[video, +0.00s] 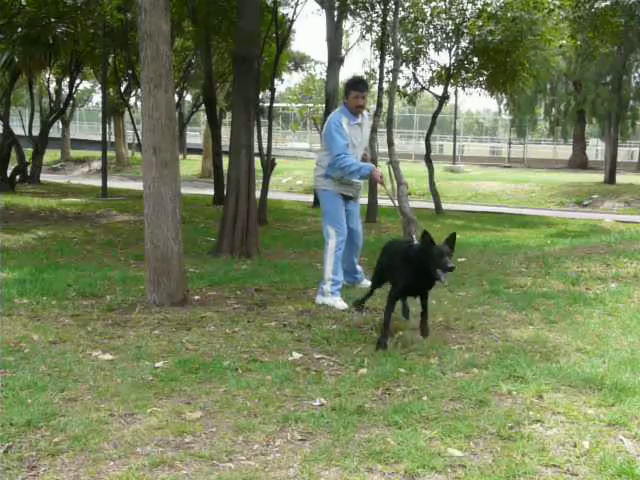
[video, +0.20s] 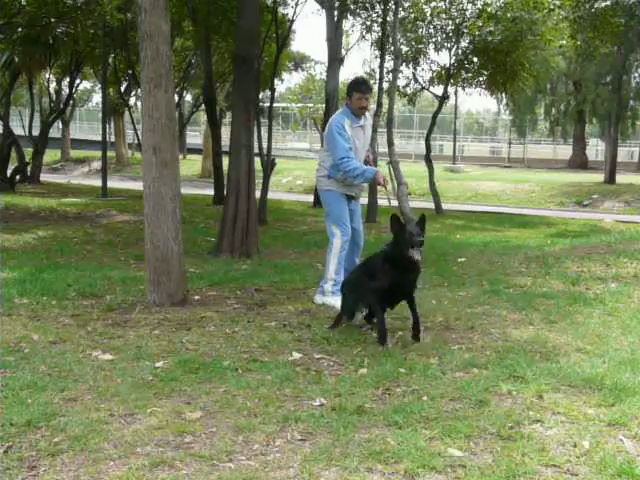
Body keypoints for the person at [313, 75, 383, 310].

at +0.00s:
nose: (361, 102)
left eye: (364, 97)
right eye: (357, 97)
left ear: (367, 98)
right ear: (346, 97)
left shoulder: (364, 120)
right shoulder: (336, 122)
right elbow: (340, 160)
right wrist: (369, 170)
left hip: (351, 183)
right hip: (330, 183)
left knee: (355, 232)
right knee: (337, 233)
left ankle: (352, 274)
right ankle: (329, 291)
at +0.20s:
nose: (364, 104)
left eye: (367, 99)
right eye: (359, 99)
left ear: (370, 100)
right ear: (348, 98)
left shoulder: (365, 121)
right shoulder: (338, 124)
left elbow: (360, 148)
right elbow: (344, 164)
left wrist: (366, 157)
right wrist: (372, 175)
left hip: (352, 186)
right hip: (332, 184)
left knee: (356, 236)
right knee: (341, 233)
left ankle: (348, 286)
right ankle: (328, 290)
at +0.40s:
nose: (364, 104)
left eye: (367, 99)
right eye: (359, 99)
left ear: (370, 100)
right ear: (348, 98)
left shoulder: (368, 121)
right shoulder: (336, 123)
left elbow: (364, 149)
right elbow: (337, 162)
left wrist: (367, 156)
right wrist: (364, 171)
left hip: (353, 185)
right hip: (332, 184)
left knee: (355, 236)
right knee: (339, 235)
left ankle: (347, 282)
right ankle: (329, 291)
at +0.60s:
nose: (360, 104)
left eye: (363, 100)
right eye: (355, 99)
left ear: (366, 100)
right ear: (345, 99)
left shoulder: (366, 120)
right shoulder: (333, 124)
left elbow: (365, 146)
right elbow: (333, 164)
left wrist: (366, 155)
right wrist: (358, 175)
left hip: (353, 187)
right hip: (331, 185)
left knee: (355, 235)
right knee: (339, 235)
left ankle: (351, 274)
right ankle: (328, 291)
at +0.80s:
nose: (358, 105)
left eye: (361, 101)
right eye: (353, 100)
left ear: (365, 101)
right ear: (343, 100)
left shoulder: (363, 121)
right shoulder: (331, 125)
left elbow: (361, 147)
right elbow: (331, 166)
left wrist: (363, 158)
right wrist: (356, 181)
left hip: (350, 187)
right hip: (329, 186)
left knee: (354, 235)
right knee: (337, 235)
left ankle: (351, 274)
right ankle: (328, 291)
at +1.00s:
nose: (359, 105)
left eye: (362, 100)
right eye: (354, 100)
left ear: (366, 101)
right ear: (344, 100)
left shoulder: (363, 121)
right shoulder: (334, 126)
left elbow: (360, 148)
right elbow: (337, 167)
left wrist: (362, 158)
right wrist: (364, 181)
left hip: (349, 187)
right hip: (329, 186)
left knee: (353, 234)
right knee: (339, 234)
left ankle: (352, 275)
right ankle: (328, 291)